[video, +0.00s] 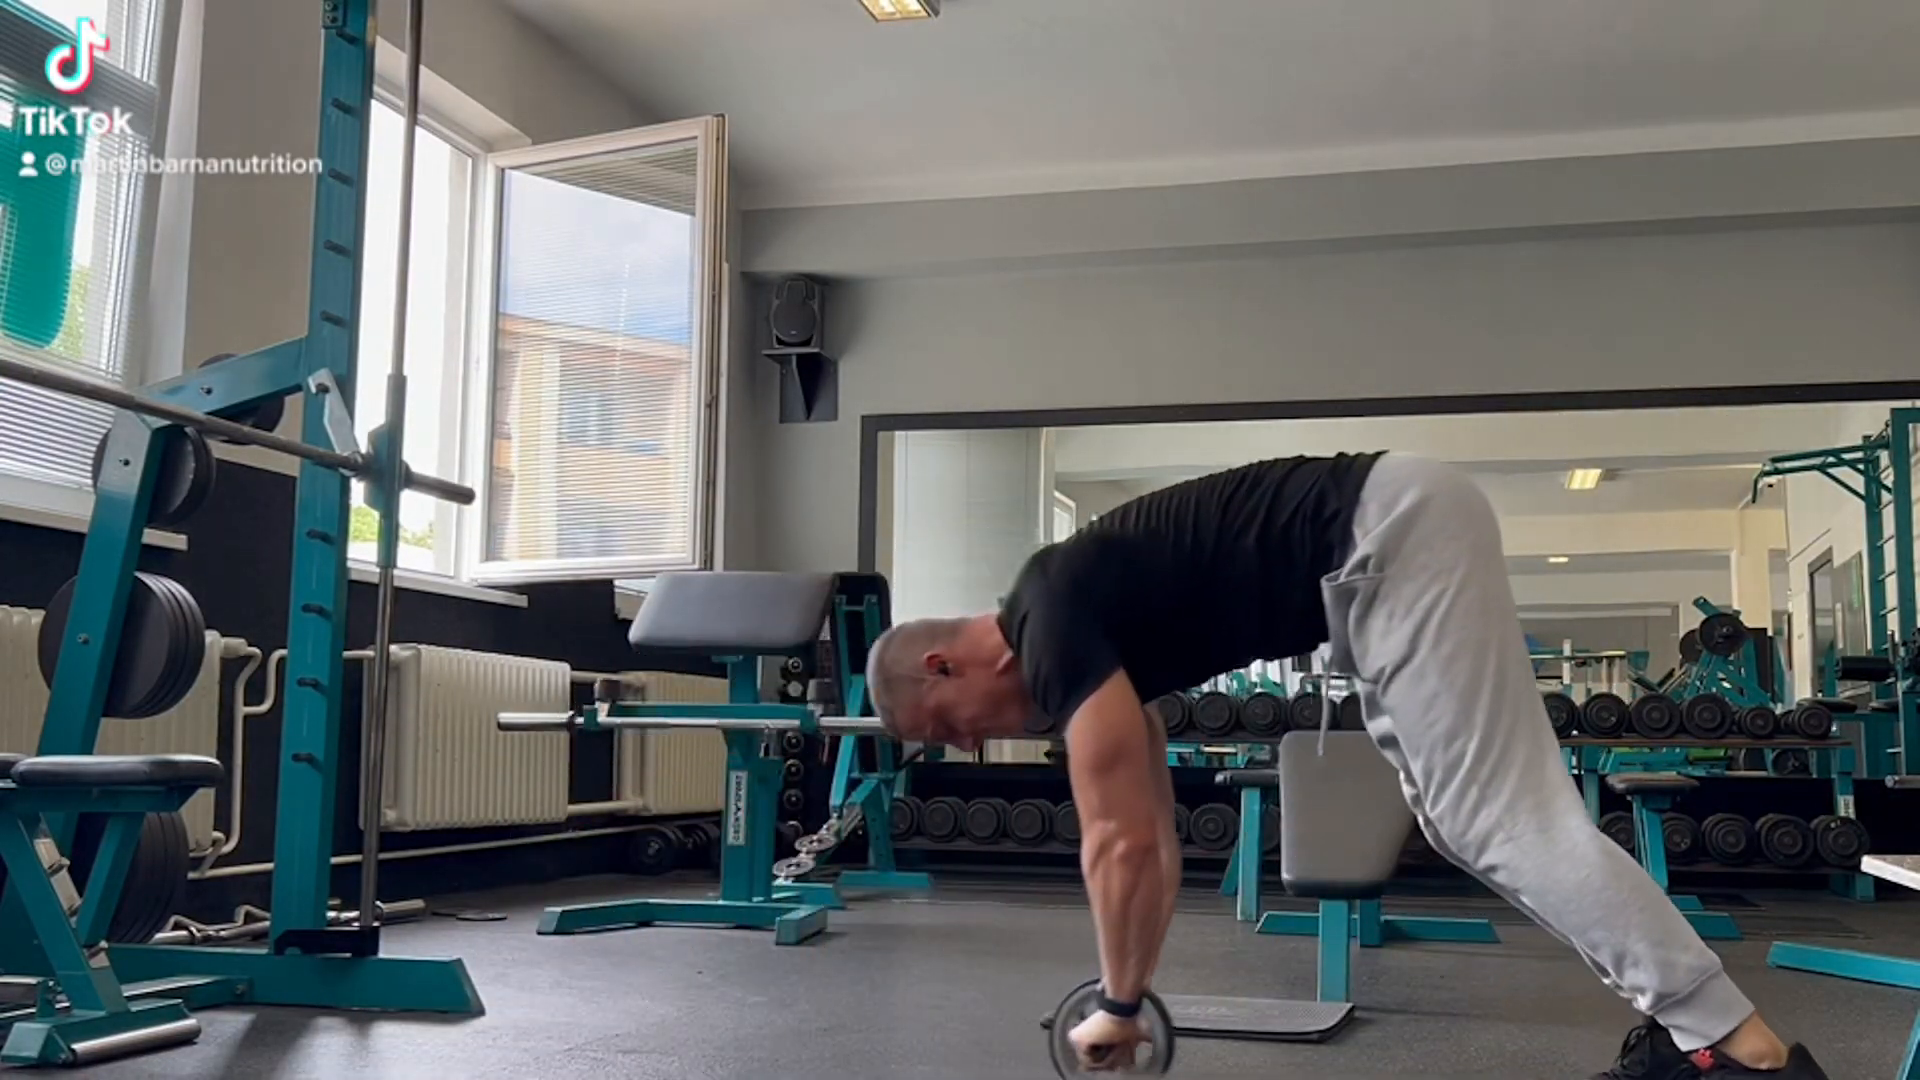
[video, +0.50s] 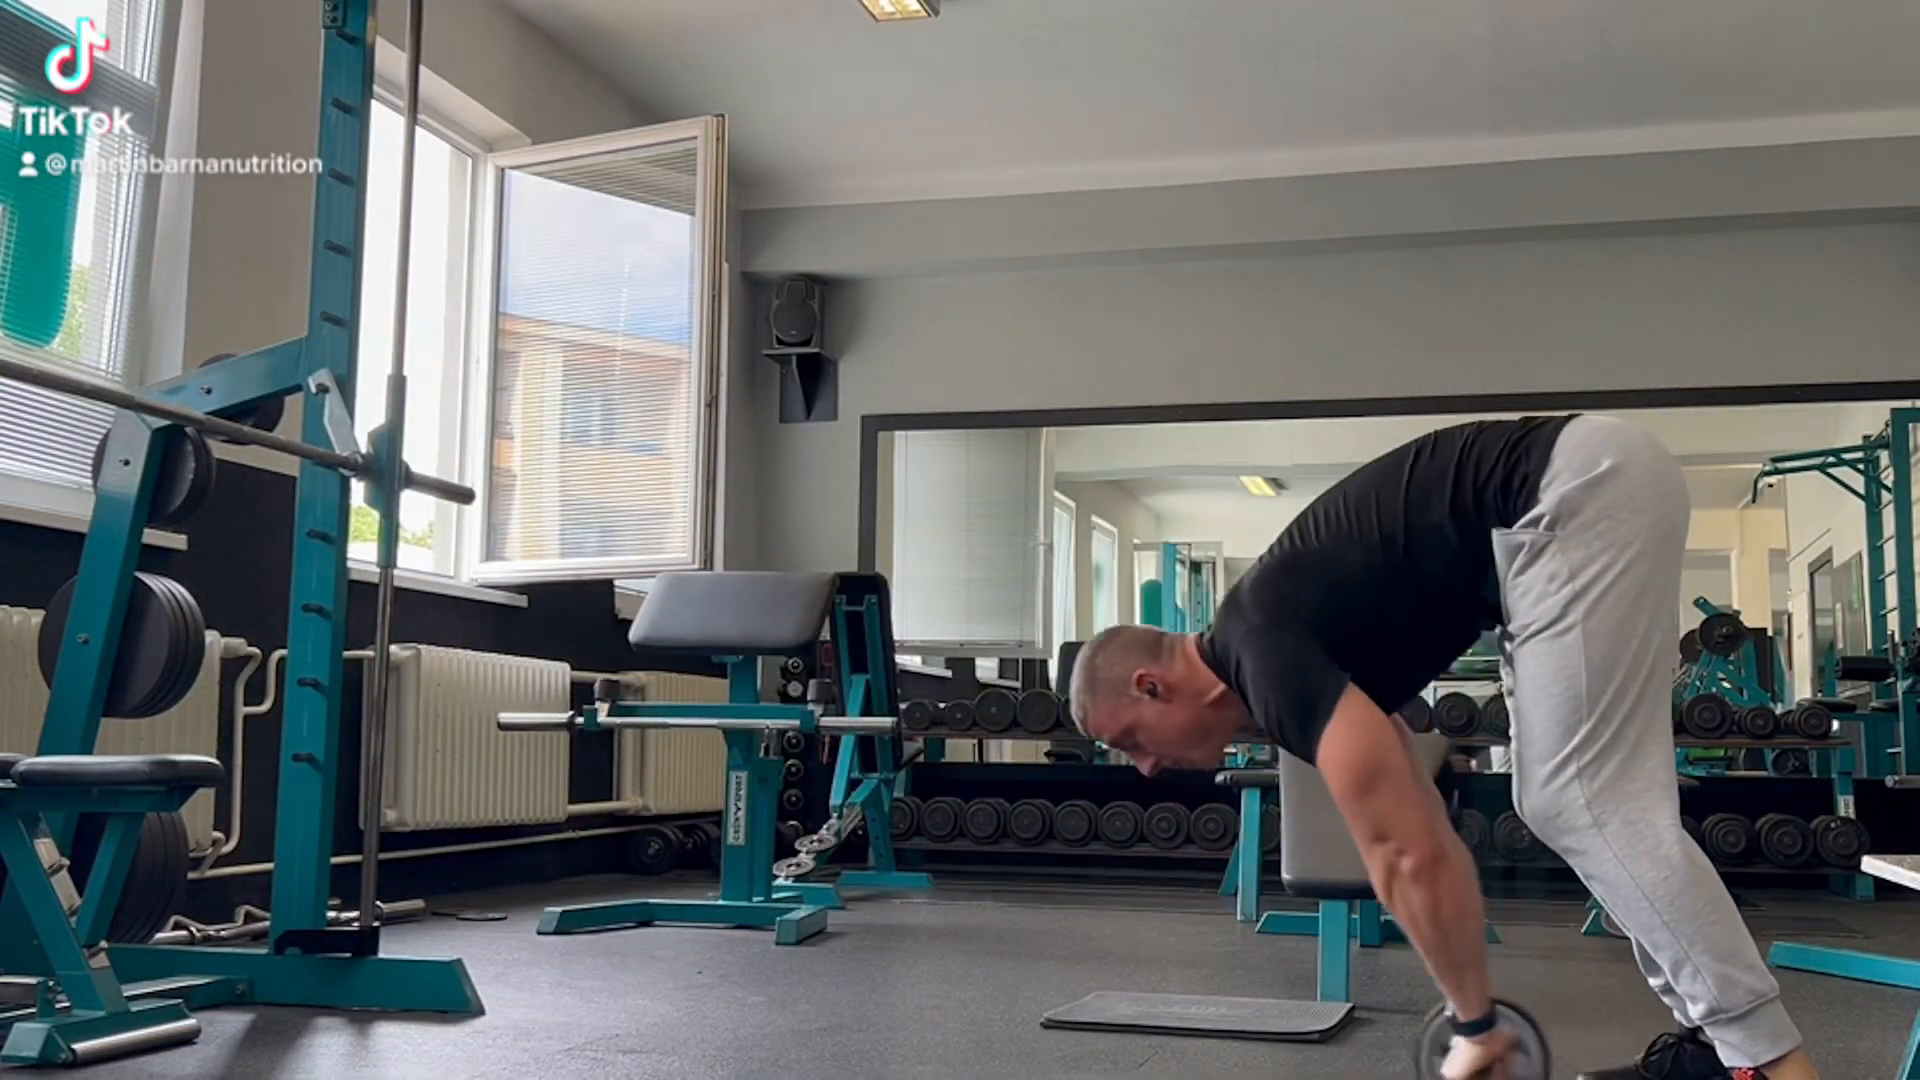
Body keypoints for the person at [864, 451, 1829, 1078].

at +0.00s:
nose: (981, 746)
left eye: (952, 731)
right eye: (955, 742)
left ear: (958, 662)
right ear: (962, 652)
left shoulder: (1065, 614)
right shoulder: (1066, 620)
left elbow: (1124, 840)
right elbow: (1137, 836)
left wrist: (1120, 1004)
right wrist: (1123, 991)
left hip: (1394, 526)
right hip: (1386, 534)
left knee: (1499, 822)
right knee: (1491, 819)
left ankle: (1742, 1040)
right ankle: (1680, 1010)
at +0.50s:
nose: (1154, 765)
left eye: (1133, 746)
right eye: (1133, 757)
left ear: (1155, 684)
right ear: (1164, 668)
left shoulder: (1264, 640)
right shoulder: (1272, 632)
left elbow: (1408, 851)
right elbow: (1418, 822)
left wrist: (1477, 1023)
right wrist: (1475, 998)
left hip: (1579, 490)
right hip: (1581, 484)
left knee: (1577, 794)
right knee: (1577, 789)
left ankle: (1772, 1056)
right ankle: (1715, 1024)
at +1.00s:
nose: (742, 682)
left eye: (730, 656)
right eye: (728, 664)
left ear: (764, 608)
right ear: (791, 597)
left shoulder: (853, 632)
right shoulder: (911, 643)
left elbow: (832, 847)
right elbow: (894, 863)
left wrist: (787, 990)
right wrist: (819, 987)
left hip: (1201, 637)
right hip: (1209, 639)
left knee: (1367, 903)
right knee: (1364, 893)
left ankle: (1675, 1007)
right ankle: (1659, 996)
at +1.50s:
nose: (559, 878)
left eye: (548, 857)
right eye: (549, 868)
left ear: (565, 795)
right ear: (597, 787)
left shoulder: (633, 800)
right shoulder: (701, 795)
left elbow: (536, 983)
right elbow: (637, 964)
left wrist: (452, 1016)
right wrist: (512, 997)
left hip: (987, 914)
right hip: (1013, 870)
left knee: (1250, 1044)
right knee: (1269, 988)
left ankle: (1567, 1003)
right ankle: (1566, 991)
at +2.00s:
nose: (496, 986)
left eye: (498, 969)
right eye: (496, 974)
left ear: (534, 925)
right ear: (579, 898)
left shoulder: (598, 920)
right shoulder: (663, 913)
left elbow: (403, 1047)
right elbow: (557, 1025)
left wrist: (327, 1013)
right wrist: (421, 1026)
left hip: (938, 1009)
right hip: (959, 961)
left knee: (1240, 1049)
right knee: (1240, 1022)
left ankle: (1534, 997)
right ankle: (1526, 991)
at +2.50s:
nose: (672, 725)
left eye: (655, 704)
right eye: (660, 715)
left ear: (666, 648)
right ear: (690, 643)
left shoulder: (765, 630)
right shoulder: (823, 641)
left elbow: (786, 844)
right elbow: (852, 847)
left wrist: (772, 995)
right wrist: (799, 988)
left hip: (1104, 703)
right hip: (1120, 703)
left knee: (1284, 960)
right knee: (1310, 917)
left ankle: (1604, 994)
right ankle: (1598, 971)